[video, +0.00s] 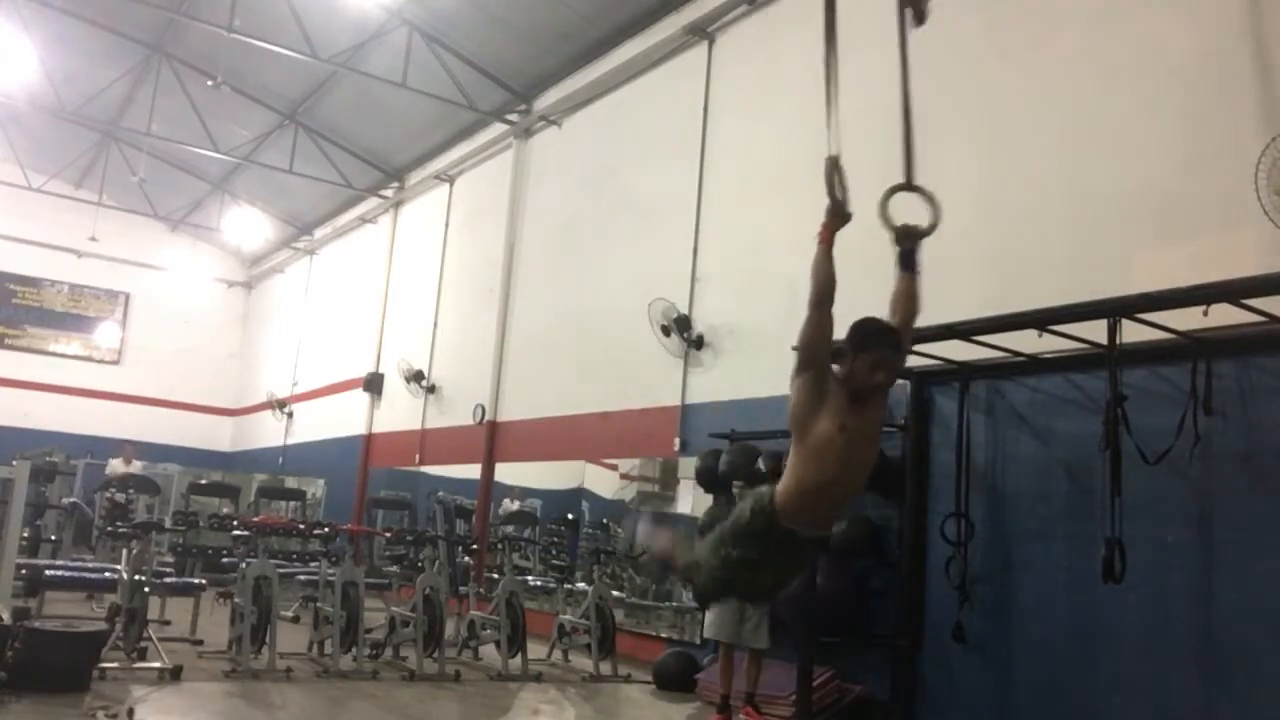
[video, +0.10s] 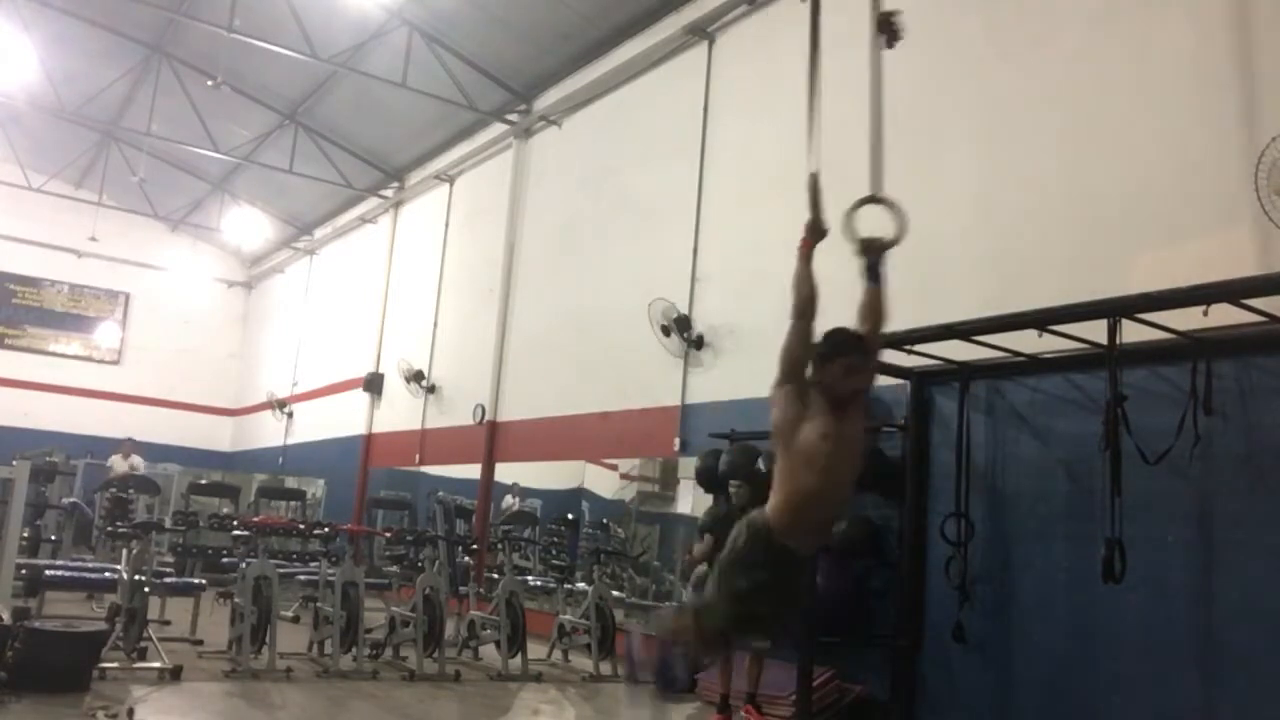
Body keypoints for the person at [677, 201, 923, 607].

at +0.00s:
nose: (882, 379)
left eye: (889, 370)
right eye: (873, 367)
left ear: (894, 370)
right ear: (848, 360)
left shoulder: (877, 395)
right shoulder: (816, 393)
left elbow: (903, 324)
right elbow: (820, 307)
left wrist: (908, 253)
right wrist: (827, 235)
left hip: (808, 541)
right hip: (767, 524)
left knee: (751, 593)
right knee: (704, 577)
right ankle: (654, 536)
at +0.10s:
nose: (857, 381)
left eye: (864, 372)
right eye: (848, 371)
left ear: (867, 374)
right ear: (822, 367)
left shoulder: (854, 405)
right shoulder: (794, 399)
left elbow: (871, 332)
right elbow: (803, 314)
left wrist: (873, 265)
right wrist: (806, 250)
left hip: (802, 558)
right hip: (762, 544)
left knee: (747, 631)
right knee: (710, 622)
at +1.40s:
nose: (842, 225)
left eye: (850, 219)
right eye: (839, 215)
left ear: (854, 212)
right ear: (822, 196)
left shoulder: (843, 228)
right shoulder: (781, 195)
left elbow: (835, 273)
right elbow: (721, 169)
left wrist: (835, 260)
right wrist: (729, 226)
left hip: (775, 320)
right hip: (735, 313)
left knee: (769, 417)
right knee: (738, 417)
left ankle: (745, 516)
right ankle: (707, 516)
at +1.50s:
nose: (848, 224)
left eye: (856, 218)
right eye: (845, 214)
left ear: (859, 210)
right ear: (827, 196)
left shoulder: (849, 229)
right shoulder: (788, 194)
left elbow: (840, 271)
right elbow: (724, 169)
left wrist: (842, 263)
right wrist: (734, 227)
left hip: (776, 319)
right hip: (737, 310)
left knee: (770, 417)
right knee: (740, 413)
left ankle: (748, 511)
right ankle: (709, 513)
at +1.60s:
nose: (850, 225)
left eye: (857, 218)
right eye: (846, 215)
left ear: (860, 213)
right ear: (828, 197)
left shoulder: (848, 230)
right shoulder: (786, 196)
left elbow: (841, 274)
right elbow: (726, 172)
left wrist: (842, 260)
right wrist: (734, 231)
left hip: (776, 317)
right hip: (737, 309)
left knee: (779, 413)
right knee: (747, 408)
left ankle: (766, 510)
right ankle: (728, 512)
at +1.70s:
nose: (850, 221)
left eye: (855, 214)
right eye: (845, 212)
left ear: (852, 208)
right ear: (825, 198)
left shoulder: (845, 229)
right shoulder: (782, 199)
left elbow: (843, 275)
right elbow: (720, 178)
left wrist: (843, 268)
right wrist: (730, 233)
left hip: (775, 316)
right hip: (738, 309)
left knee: (799, 400)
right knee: (763, 396)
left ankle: (803, 502)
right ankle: (765, 509)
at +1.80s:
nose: (836, 209)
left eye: (842, 202)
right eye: (831, 200)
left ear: (846, 198)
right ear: (811, 187)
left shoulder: (838, 226)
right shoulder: (770, 200)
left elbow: (858, 275)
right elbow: (706, 190)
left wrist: (860, 255)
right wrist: (727, 233)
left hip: (777, 320)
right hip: (739, 316)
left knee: (817, 378)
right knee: (783, 378)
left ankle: (842, 475)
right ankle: (803, 487)